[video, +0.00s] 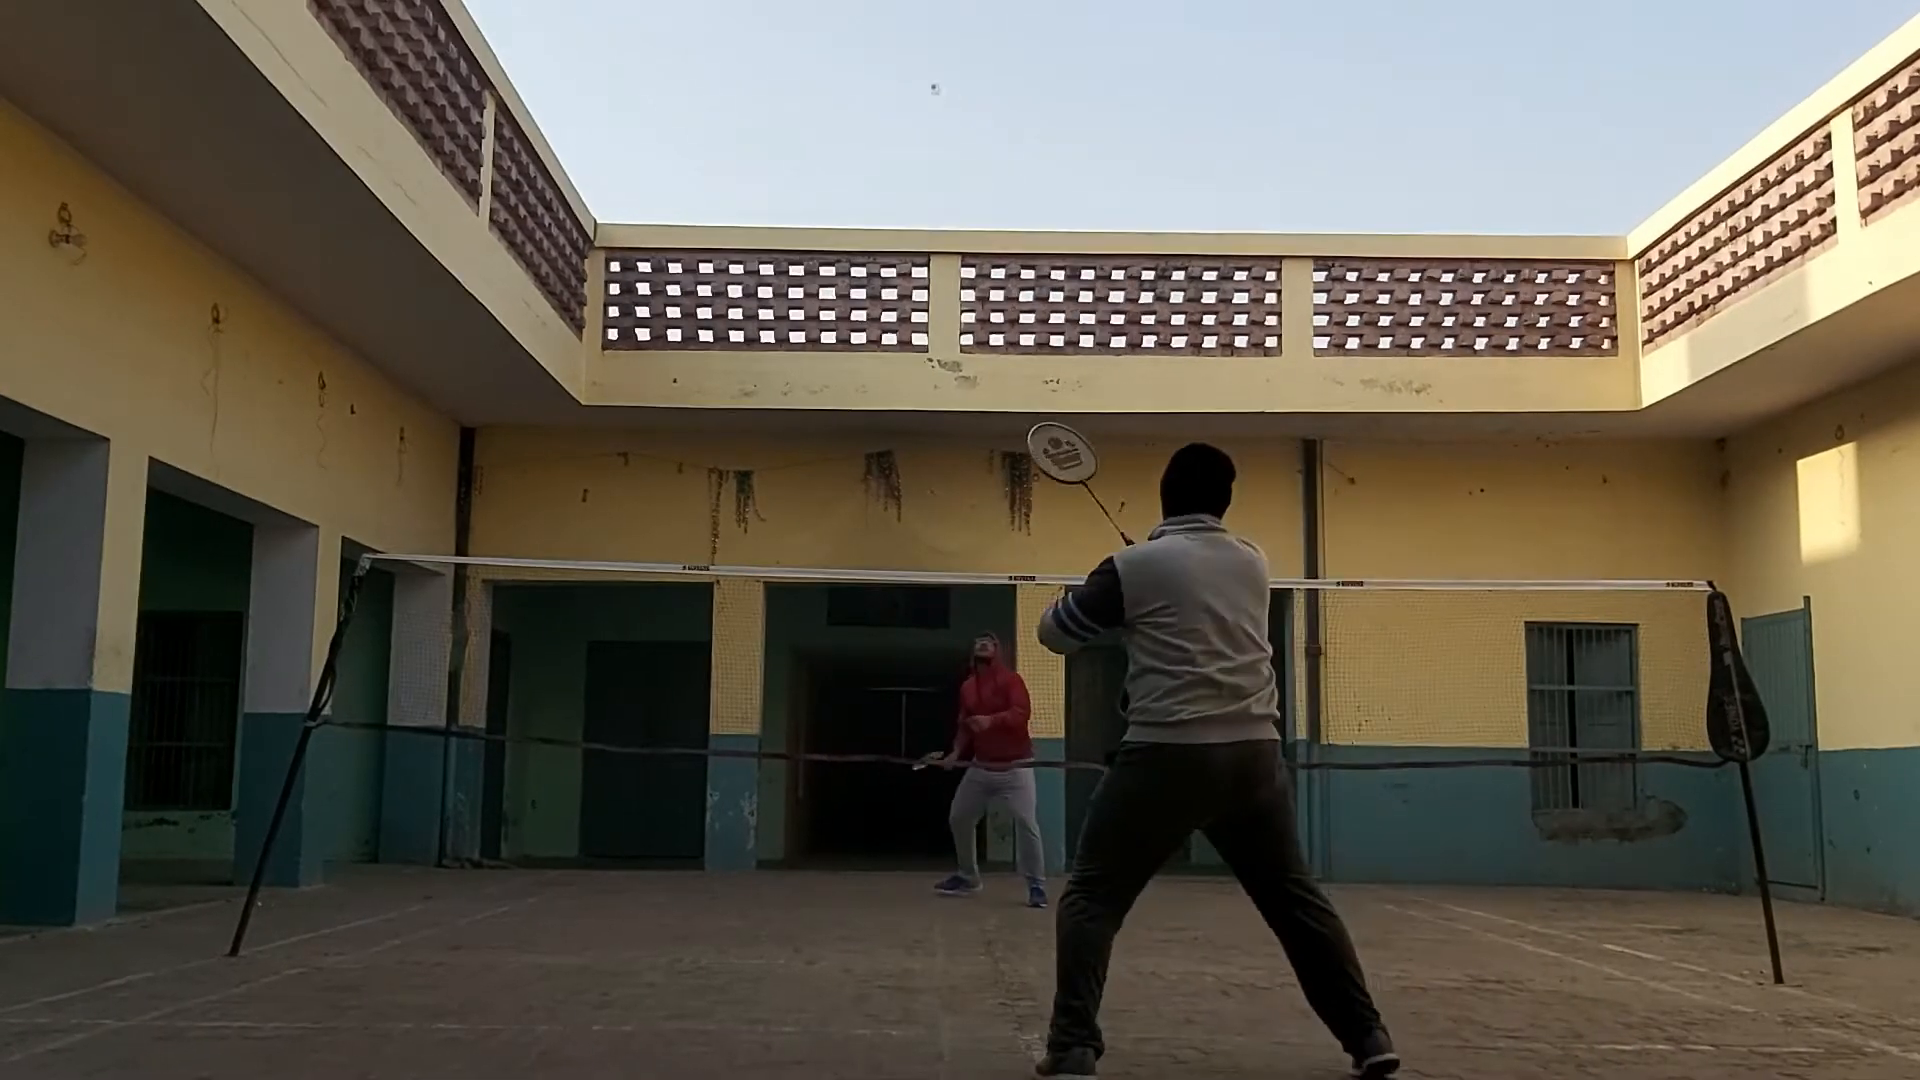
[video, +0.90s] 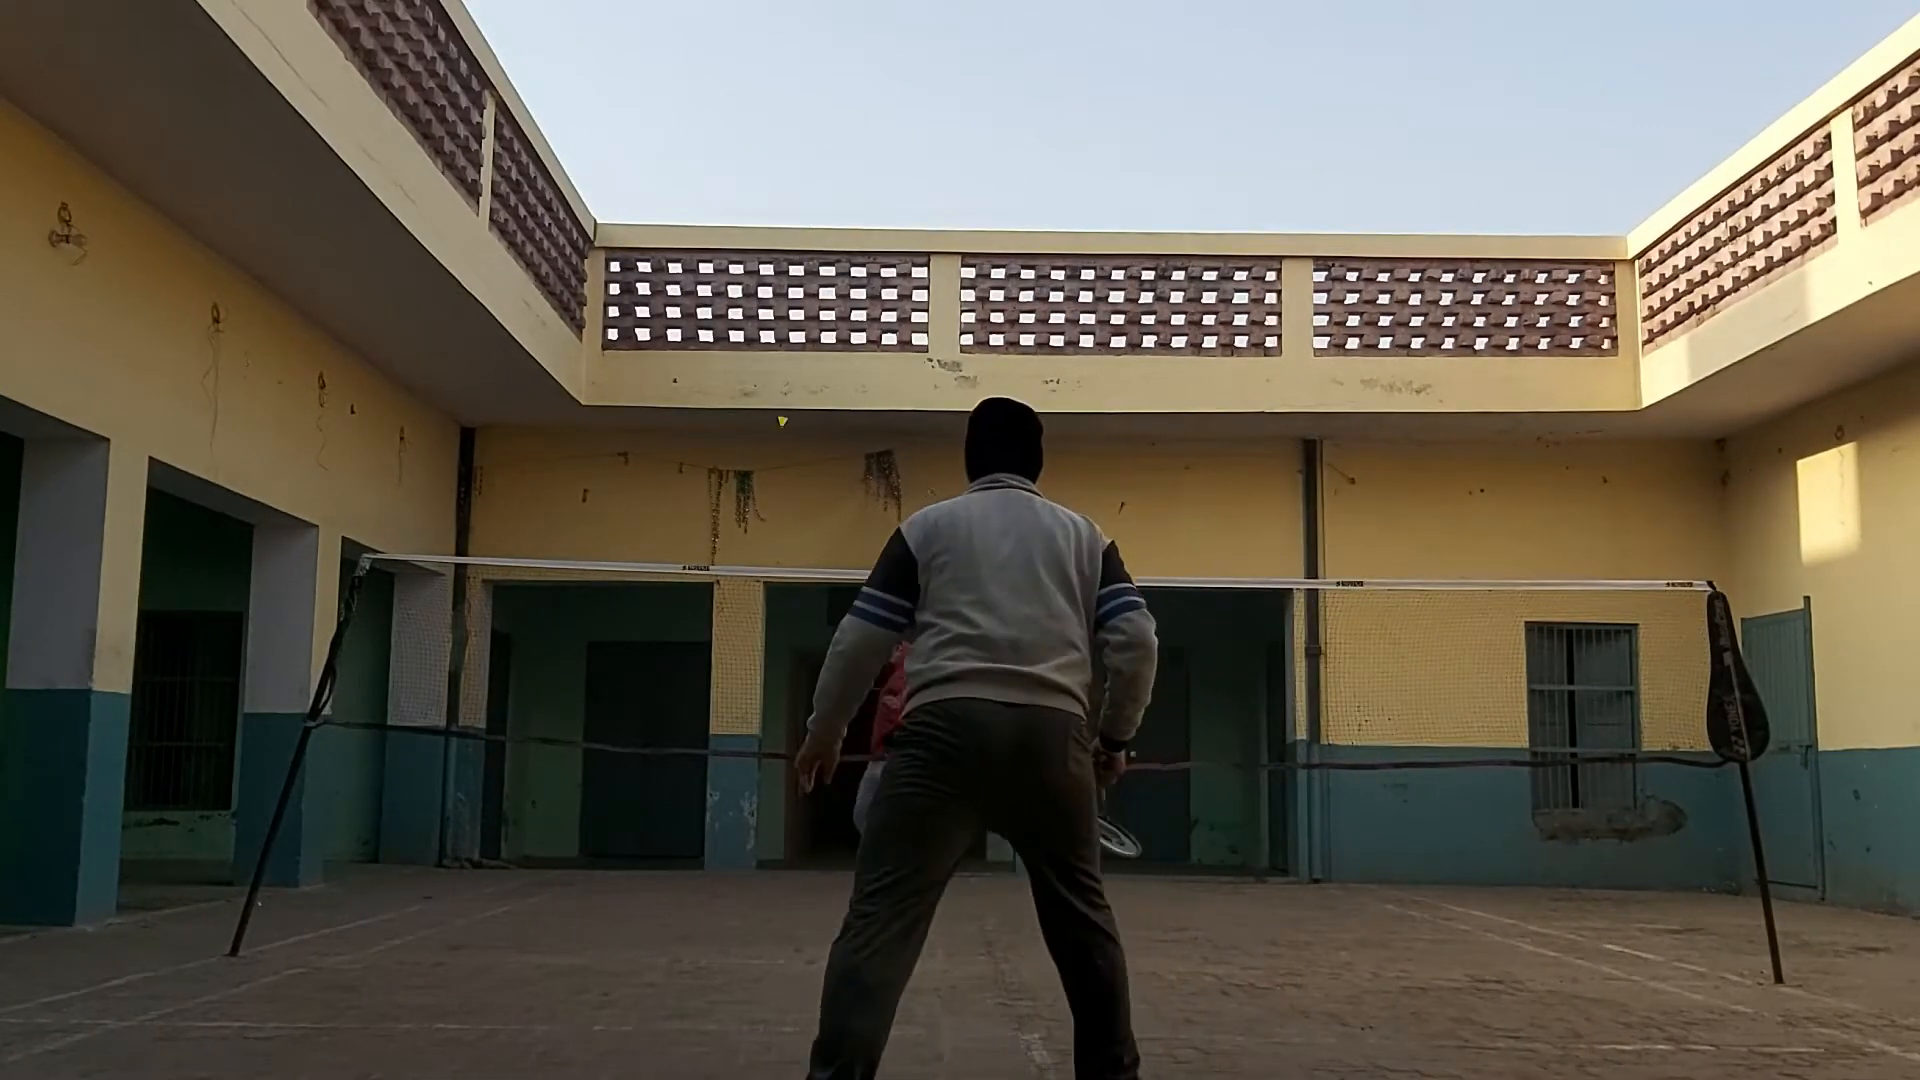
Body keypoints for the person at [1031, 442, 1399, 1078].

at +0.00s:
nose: (1164, 502)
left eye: (1165, 492)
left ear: (1164, 498)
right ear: (1226, 502)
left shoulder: (1136, 566)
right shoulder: (1253, 562)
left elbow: (1056, 630)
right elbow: (1197, 600)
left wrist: (1090, 589)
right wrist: (1149, 559)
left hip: (1162, 757)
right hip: (1253, 756)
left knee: (1093, 896)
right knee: (1293, 893)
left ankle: (1072, 1047)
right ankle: (1368, 1039)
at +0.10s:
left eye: (1125, 479)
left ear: (1117, 487)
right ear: (1183, 489)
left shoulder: (1083, 561)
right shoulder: (1220, 553)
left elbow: (1020, 643)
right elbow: (1209, 629)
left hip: (1131, 751)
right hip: (1228, 746)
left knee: (1086, 894)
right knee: (1272, 885)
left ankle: (1073, 1043)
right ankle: (1324, 1040)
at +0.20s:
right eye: (1146, 471)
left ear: (1086, 477)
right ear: (1152, 476)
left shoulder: (1058, 552)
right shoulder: (1195, 539)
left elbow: (990, 657)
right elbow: (1216, 630)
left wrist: (926, 733)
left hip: (1109, 737)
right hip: (1208, 727)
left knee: (1089, 886)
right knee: (1244, 875)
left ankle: (1073, 1044)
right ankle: (1241, 1025)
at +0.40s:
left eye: (1061, 457)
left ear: (1061, 462)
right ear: (1128, 461)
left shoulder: (1051, 523)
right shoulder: (1179, 526)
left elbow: (1038, 603)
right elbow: (1211, 631)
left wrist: (1019, 685)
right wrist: (1178, 690)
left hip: (1079, 721)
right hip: (1172, 719)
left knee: (1077, 881)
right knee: (1159, 897)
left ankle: (1071, 1042)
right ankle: (1133, 1062)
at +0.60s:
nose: (1040, 458)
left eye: (1041, 449)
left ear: (1043, 453)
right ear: (1110, 457)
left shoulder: (1027, 505)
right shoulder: (1161, 528)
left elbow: (1020, 585)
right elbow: (1201, 633)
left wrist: (1006, 671)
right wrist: (1172, 716)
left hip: (1038, 709)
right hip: (1134, 717)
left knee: (994, 882)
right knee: (1127, 906)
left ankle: (997, 1052)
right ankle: (1121, 1066)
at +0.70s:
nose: (1020, 453)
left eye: (1021, 444)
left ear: (1024, 448)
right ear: (1093, 450)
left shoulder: (1000, 502)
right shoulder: (1147, 520)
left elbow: (969, 590)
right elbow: (1187, 620)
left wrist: (929, 696)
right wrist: (1150, 715)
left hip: (1008, 705)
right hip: (1113, 710)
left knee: (948, 885)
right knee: (1114, 902)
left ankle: (925, 1059)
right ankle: (1122, 1067)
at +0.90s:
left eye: (971, 458)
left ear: (968, 461)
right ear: (1039, 463)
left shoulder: (925, 527)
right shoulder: (1086, 537)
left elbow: (861, 639)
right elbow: (1135, 640)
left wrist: (825, 732)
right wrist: (1116, 736)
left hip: (942, 726)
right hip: (1055, 734)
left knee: (886, 907)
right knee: (1077, 901)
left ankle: (839, 1068)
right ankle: (1111, 1065)